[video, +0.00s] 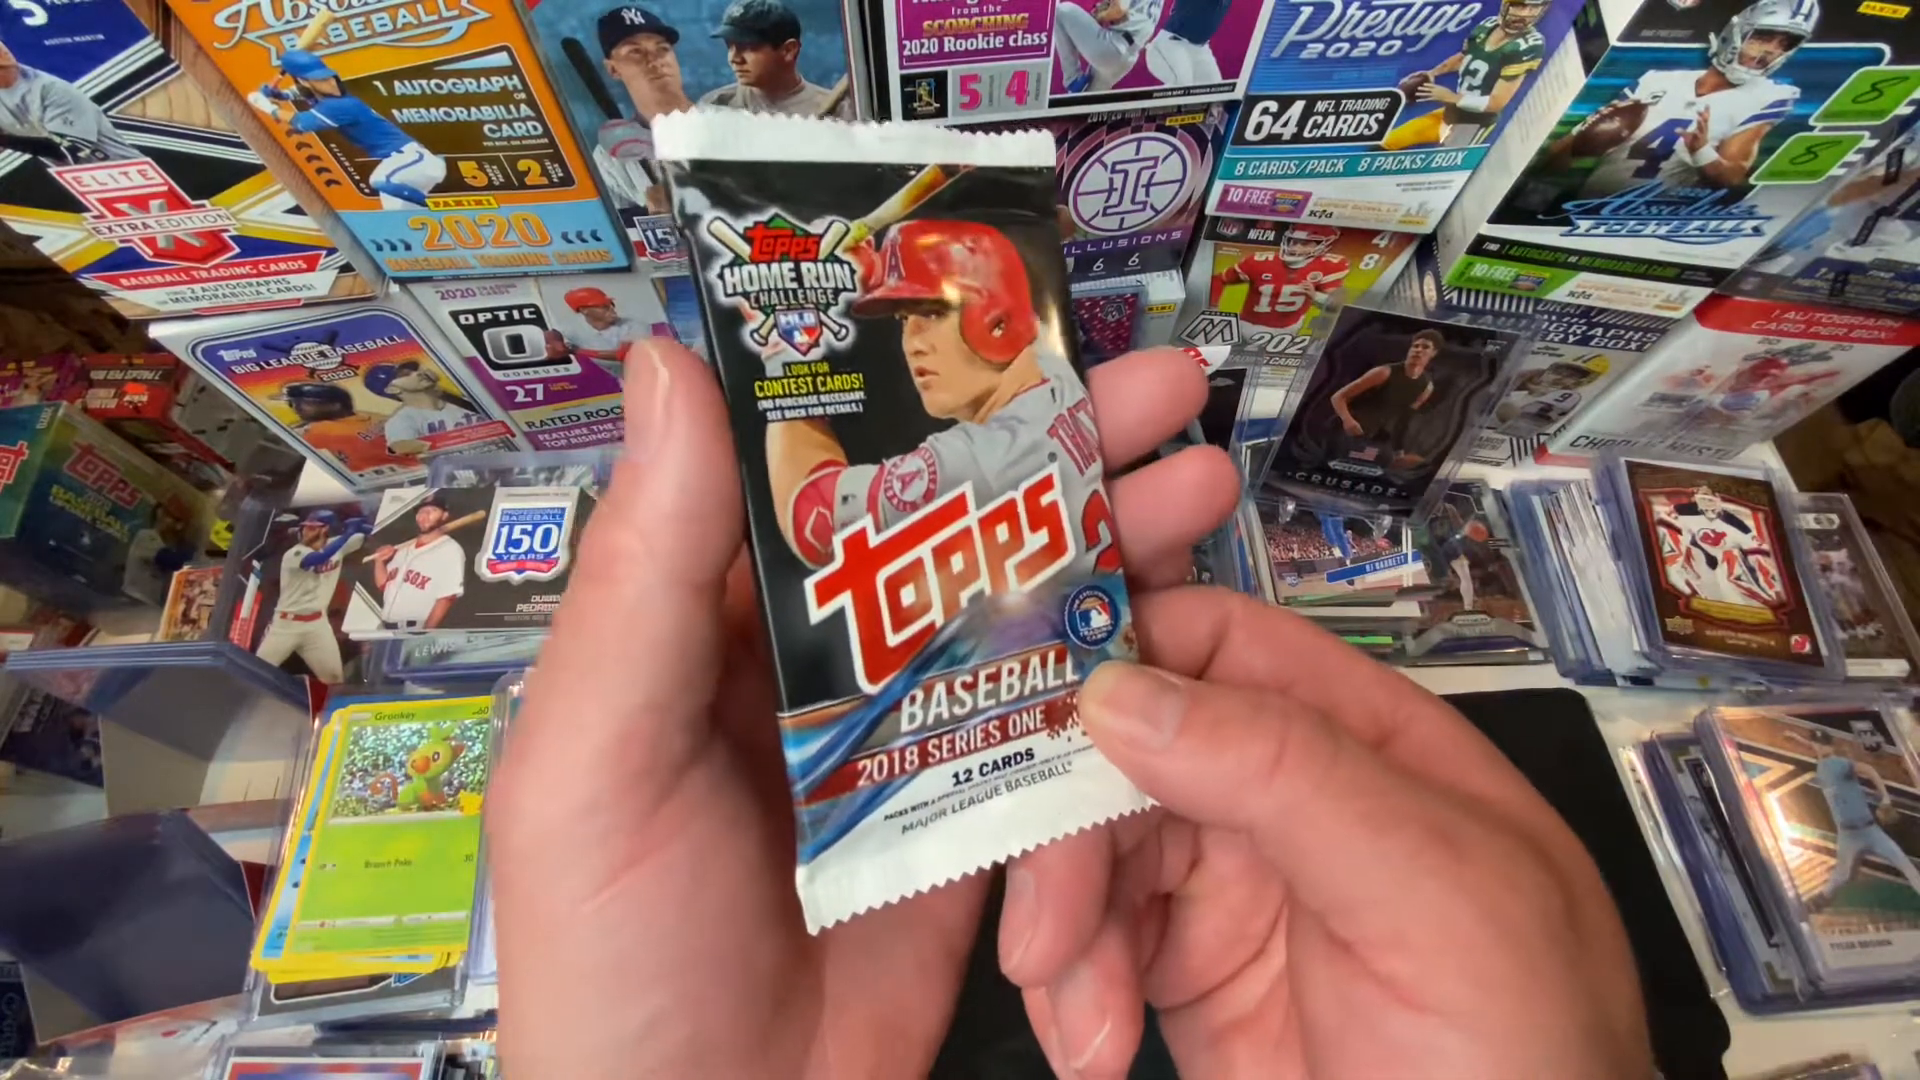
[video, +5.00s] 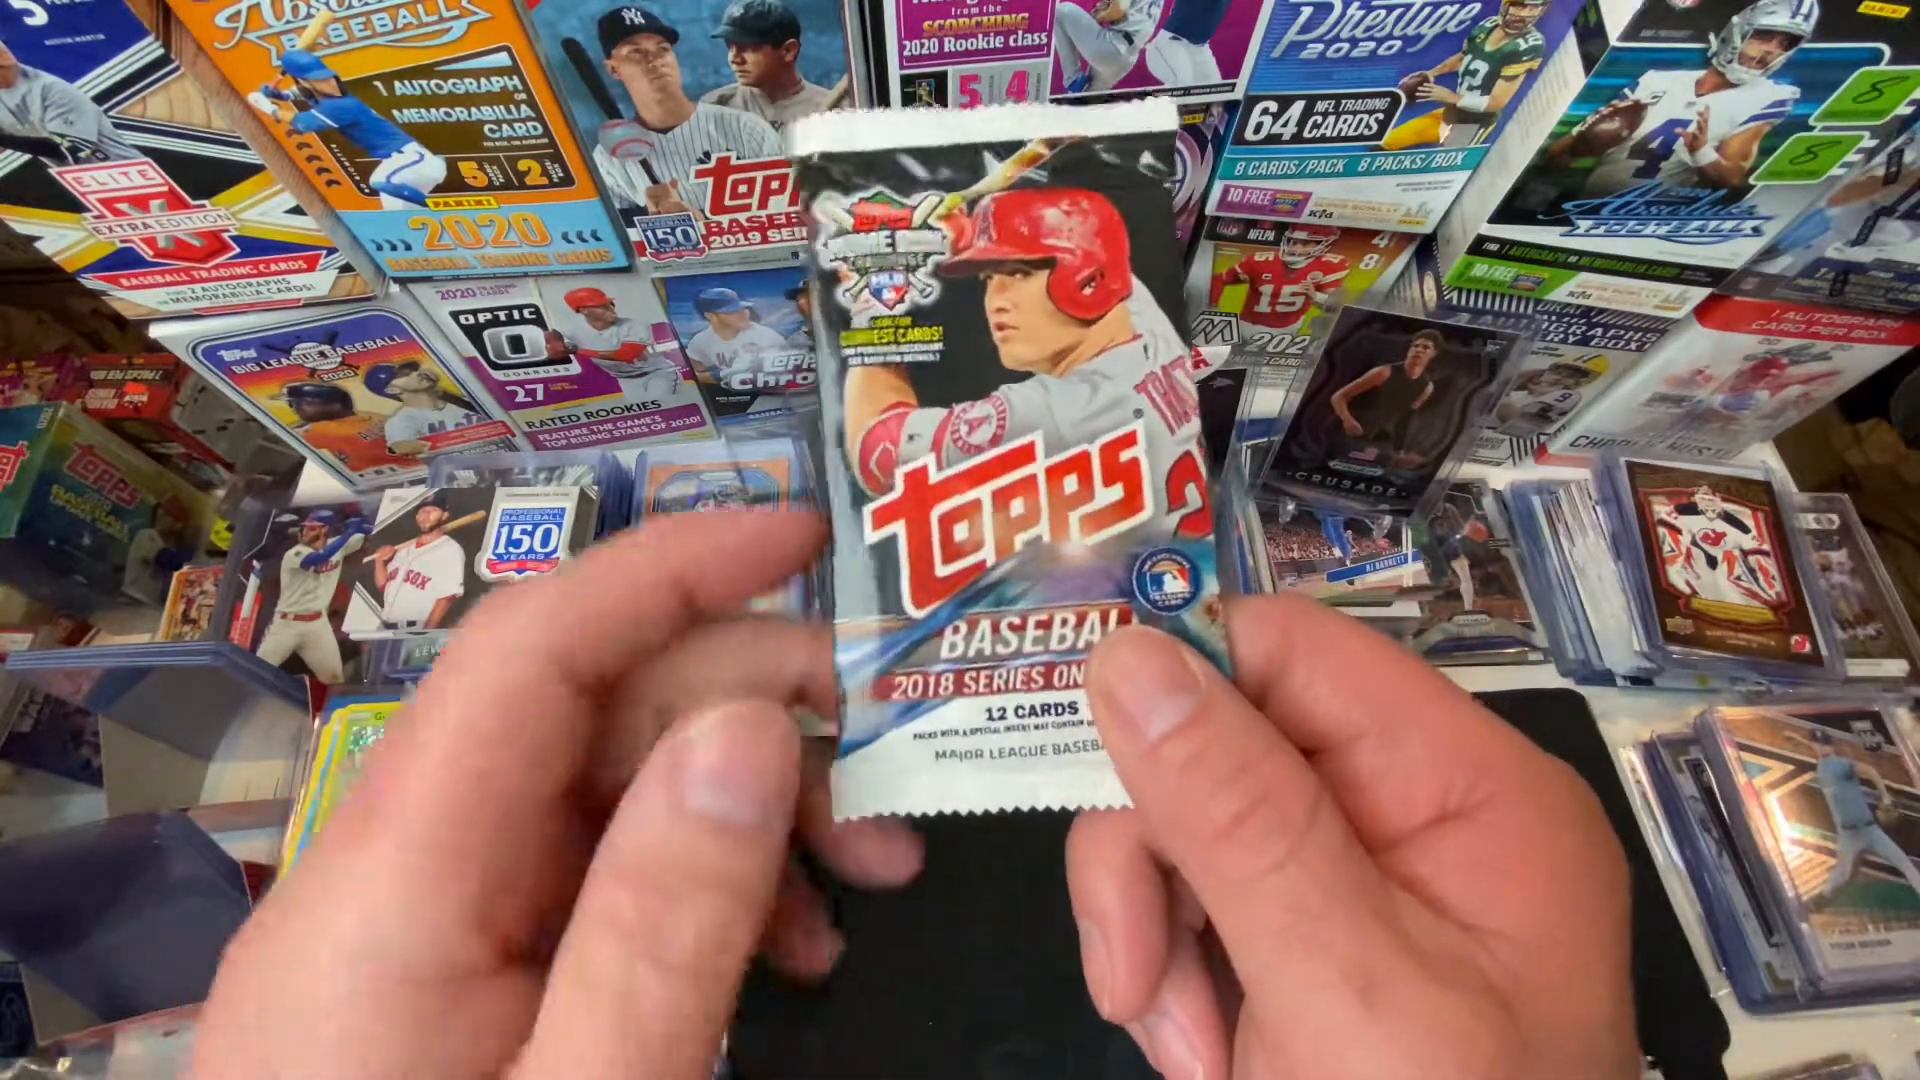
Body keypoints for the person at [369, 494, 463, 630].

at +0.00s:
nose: (424, 516)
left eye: (431, 511)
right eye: (421, 511)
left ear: (444, 515)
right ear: (416, 516)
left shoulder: (451, 550)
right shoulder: (405, 548)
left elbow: (446, 598)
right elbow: (382, 585)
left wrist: (425, 633)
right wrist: (379, 561)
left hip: (415, 630)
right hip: (385, 627)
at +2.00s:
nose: (426, 517)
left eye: (433, 511)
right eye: (422, 511)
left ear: (444, 515)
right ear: (416, 515)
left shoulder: (451, 550)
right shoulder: (405, 548)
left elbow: (446, 599)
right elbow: (383, 586)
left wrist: (424, 634)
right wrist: (380, 562)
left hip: (415, 631)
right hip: (386, 627)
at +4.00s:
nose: (426, 516)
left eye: (433, 511)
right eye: (422, 511)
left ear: (444, 516)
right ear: (416, 515)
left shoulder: (450, 550)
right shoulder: (405, 548)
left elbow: (447, 598)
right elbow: (382, 586)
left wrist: (424, 634)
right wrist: (379, 561)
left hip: (416, 630)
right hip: (386, 627)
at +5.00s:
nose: (425, 516)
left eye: (432, 511)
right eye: (422, 511)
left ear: (444, 516)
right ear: (416, 516)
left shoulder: (451, 549)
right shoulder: (405, 549)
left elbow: (446, 598)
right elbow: (382, 585)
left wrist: (424, 635)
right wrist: (379, 561)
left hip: (417, 631)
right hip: (386, 627)